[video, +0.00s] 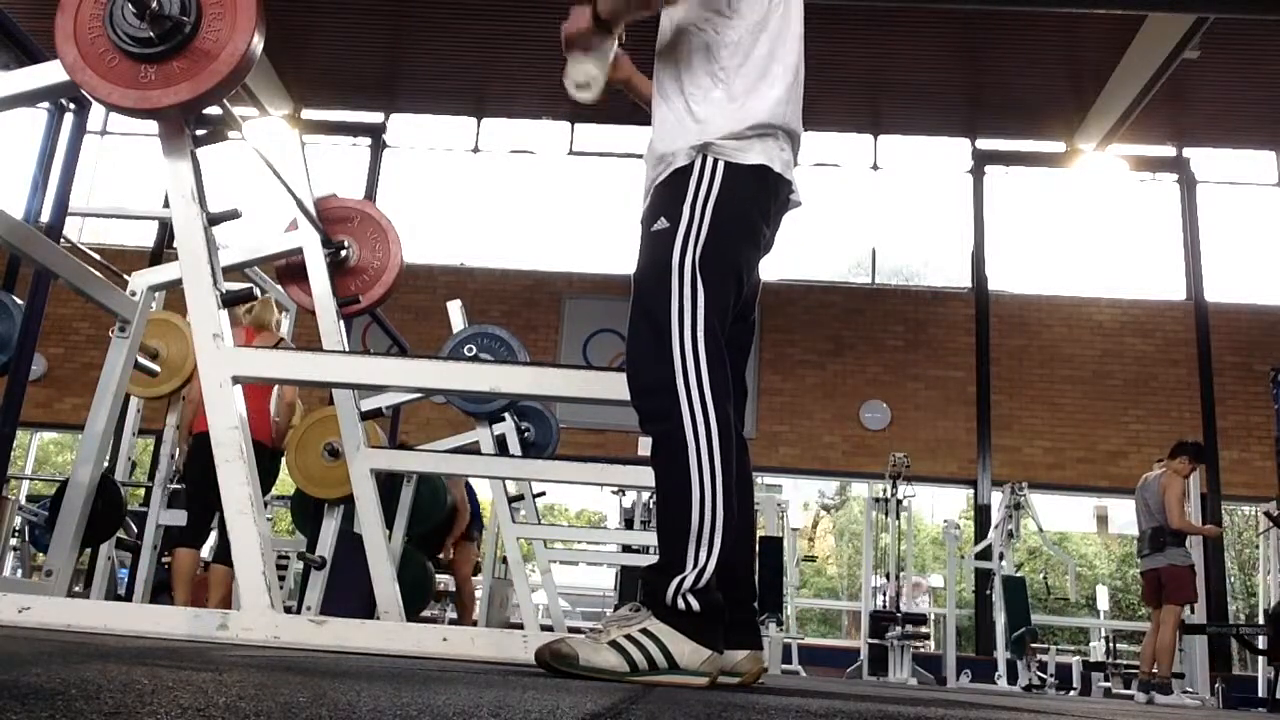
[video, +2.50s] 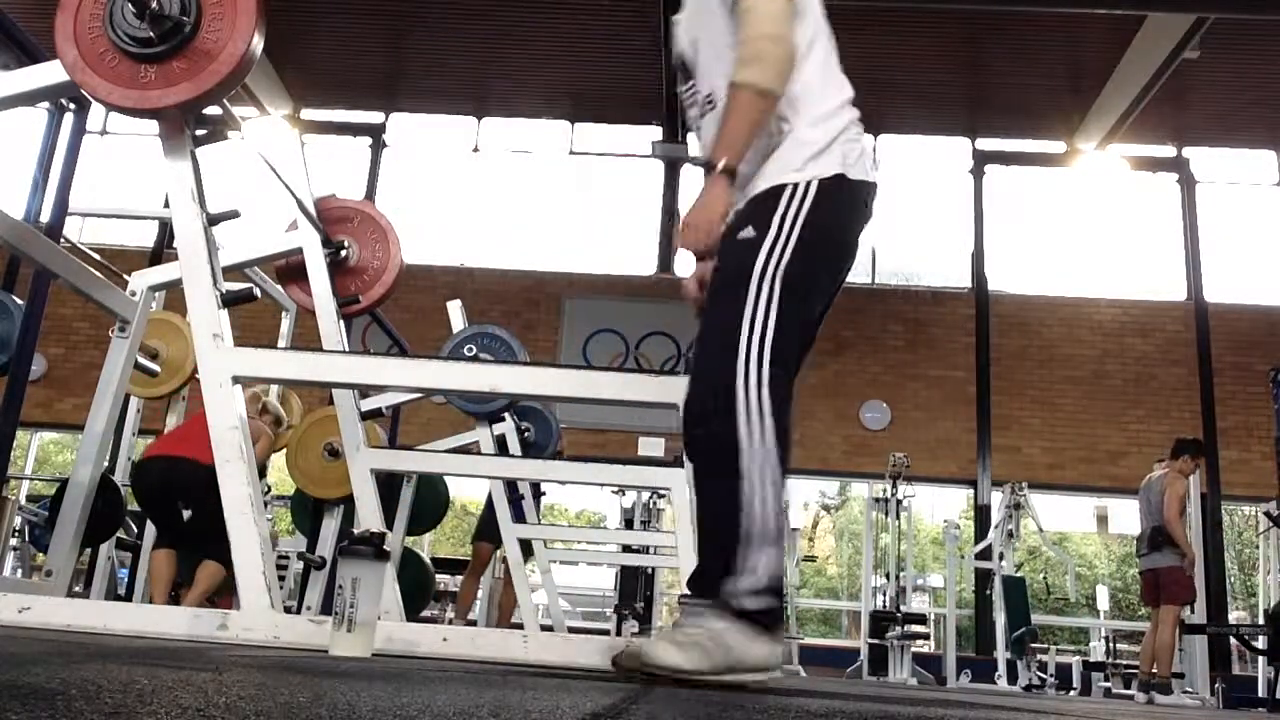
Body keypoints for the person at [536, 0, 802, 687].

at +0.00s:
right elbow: (697, 112)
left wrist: (600, 17)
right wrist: (618, 68)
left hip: (717, 151)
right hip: (724, 158)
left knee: (674, 373)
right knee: (708, 398)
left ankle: (688, 621)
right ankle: (731, 634)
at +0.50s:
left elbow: (668, 5)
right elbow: (687, 101)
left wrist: (600, 64)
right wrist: (611, 90)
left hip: (710, 147)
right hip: (699, 152)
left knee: (668, 372)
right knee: (697, 394)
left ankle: (689, 621)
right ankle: (730, 632)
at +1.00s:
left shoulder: (662, 4)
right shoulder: (656, 16)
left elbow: (671, 70)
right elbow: (680, 153)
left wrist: (634, 196)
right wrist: (611, 241)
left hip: (744, 147)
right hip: (780, 152)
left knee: (680, 373)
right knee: (706, 388)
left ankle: (686, 623)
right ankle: (709, 627)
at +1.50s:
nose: (453, 196)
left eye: (442, 172)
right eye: (437, 189)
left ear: (472, 121)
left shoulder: (589, 85)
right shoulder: (552, 230)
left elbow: (721, 169)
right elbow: (501, 366)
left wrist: (658, 257)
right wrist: (417, 493)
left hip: (801, 201)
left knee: (635, 348)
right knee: (657, 396)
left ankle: (684, 621)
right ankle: (702, 624)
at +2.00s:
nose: (477, 106)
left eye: (469, 84)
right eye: (466, 98)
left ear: (500, 38)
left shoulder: (620, 30)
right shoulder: (580, 157)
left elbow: (721, 149)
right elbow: (564, 285)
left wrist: (676, 259)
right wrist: (516, 417)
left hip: (802, 171)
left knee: (667, 350)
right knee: (689, 387)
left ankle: (684, 623)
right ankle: (710, 629)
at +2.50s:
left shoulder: (756, 3)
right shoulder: (698, 22)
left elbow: (770, 53)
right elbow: (745, 134)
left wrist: (717, 180)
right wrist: (722, 246)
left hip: (810, 168)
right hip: (768, 182)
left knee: (744, 380)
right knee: (714, 397)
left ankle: (752, 619)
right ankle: (718, 617)